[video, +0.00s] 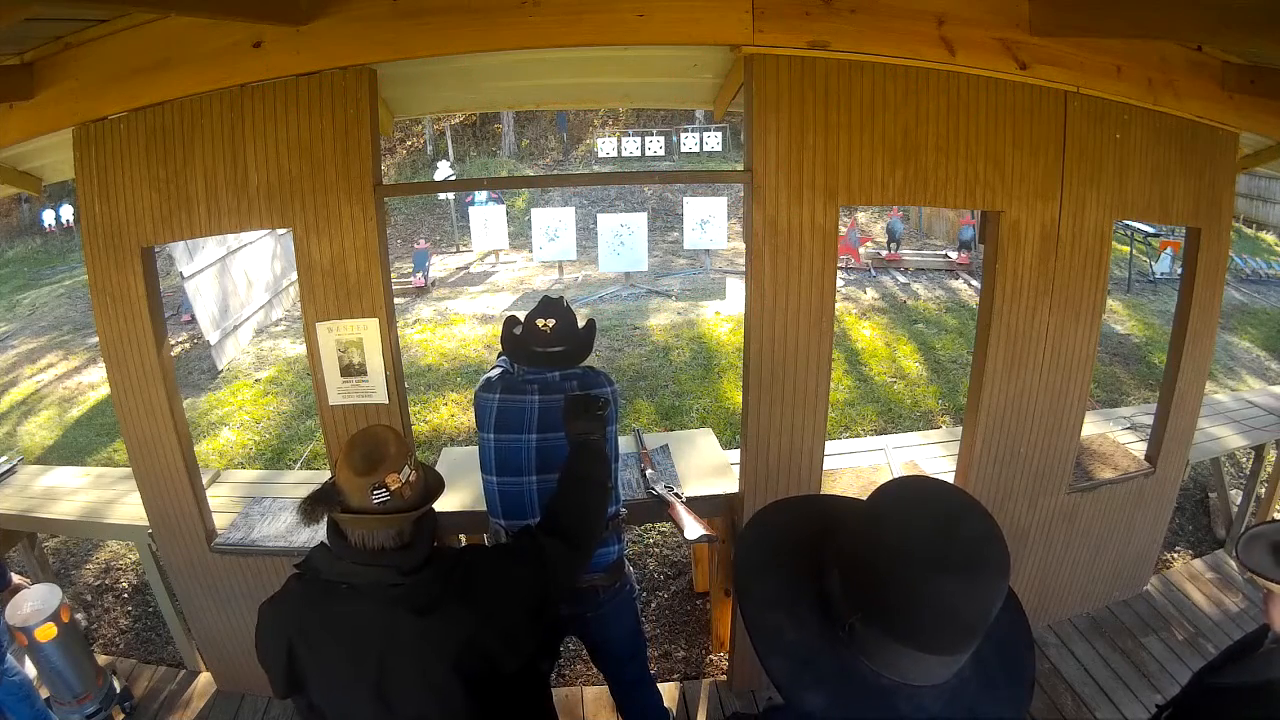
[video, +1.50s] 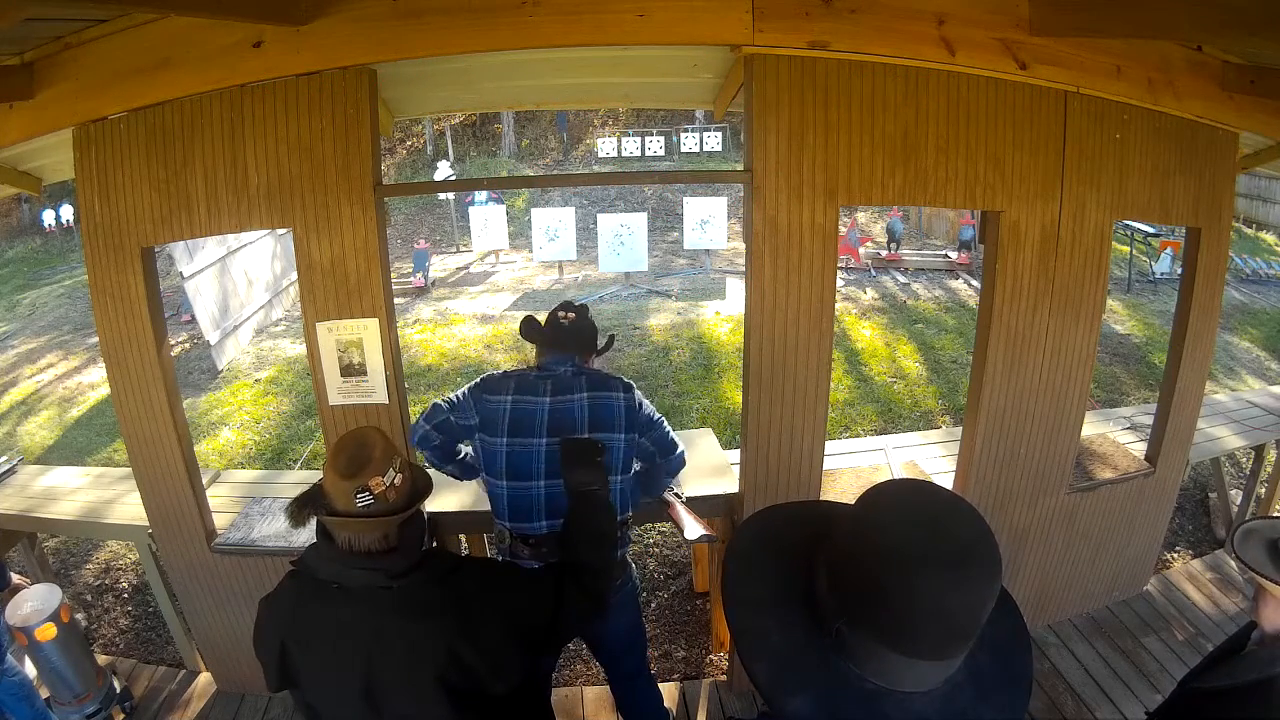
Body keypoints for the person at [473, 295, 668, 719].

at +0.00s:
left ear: (515, 340)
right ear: (576, 342)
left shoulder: (488, 393)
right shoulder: (599, 387)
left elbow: (507, 365)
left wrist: (519, 344)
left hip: (518, 582)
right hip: (596, 577)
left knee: (529, 691)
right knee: (634, 688)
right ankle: (653, 715)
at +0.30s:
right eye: (576, 337)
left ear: (516, 341)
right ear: (576, 344)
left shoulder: (486, 392)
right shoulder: (598, 388)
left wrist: (526, 345)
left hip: (515, 581)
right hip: (594, 576)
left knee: (529, 692)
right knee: (634, 687)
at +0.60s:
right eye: (584, 340)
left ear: (526, 342)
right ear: (580, 347)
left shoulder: (490, 391)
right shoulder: (601, 390)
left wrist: (534, 348)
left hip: (515, 582)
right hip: (594, 577)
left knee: (527, 691)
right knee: (633, 685)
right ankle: (654, 716)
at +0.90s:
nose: (594, 360)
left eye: (593, 353)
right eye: (593, 352)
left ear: (541, 348)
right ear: (586, 352)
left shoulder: (488, 396)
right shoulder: (613, 393)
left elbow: (445, 463)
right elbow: (673, 429)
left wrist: (494, 502)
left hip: (519, 577)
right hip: (600, 572)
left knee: (529, 689)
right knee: (634, 683)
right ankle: (652, 717)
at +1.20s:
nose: (606, 369)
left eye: (606, 361)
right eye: (606, 361)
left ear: (552, 351)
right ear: (596, 358)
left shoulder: (496, 390)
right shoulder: (621, 395)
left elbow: (452, 443)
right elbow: (690, 445)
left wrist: (498, 493)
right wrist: (643, 455)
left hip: (520, 578)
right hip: (602, 572)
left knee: (527, 694)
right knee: (633, 683)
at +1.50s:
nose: (596, 360)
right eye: (595, 352)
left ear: (538, 348)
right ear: (590, 354)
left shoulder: (489, 391)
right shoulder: (620, 393)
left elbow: (425, 433)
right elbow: (670, 456)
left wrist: (478, 467)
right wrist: (629, 495)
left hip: (524, 579)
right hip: (604, 573)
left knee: (528, 694)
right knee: (634, 685)